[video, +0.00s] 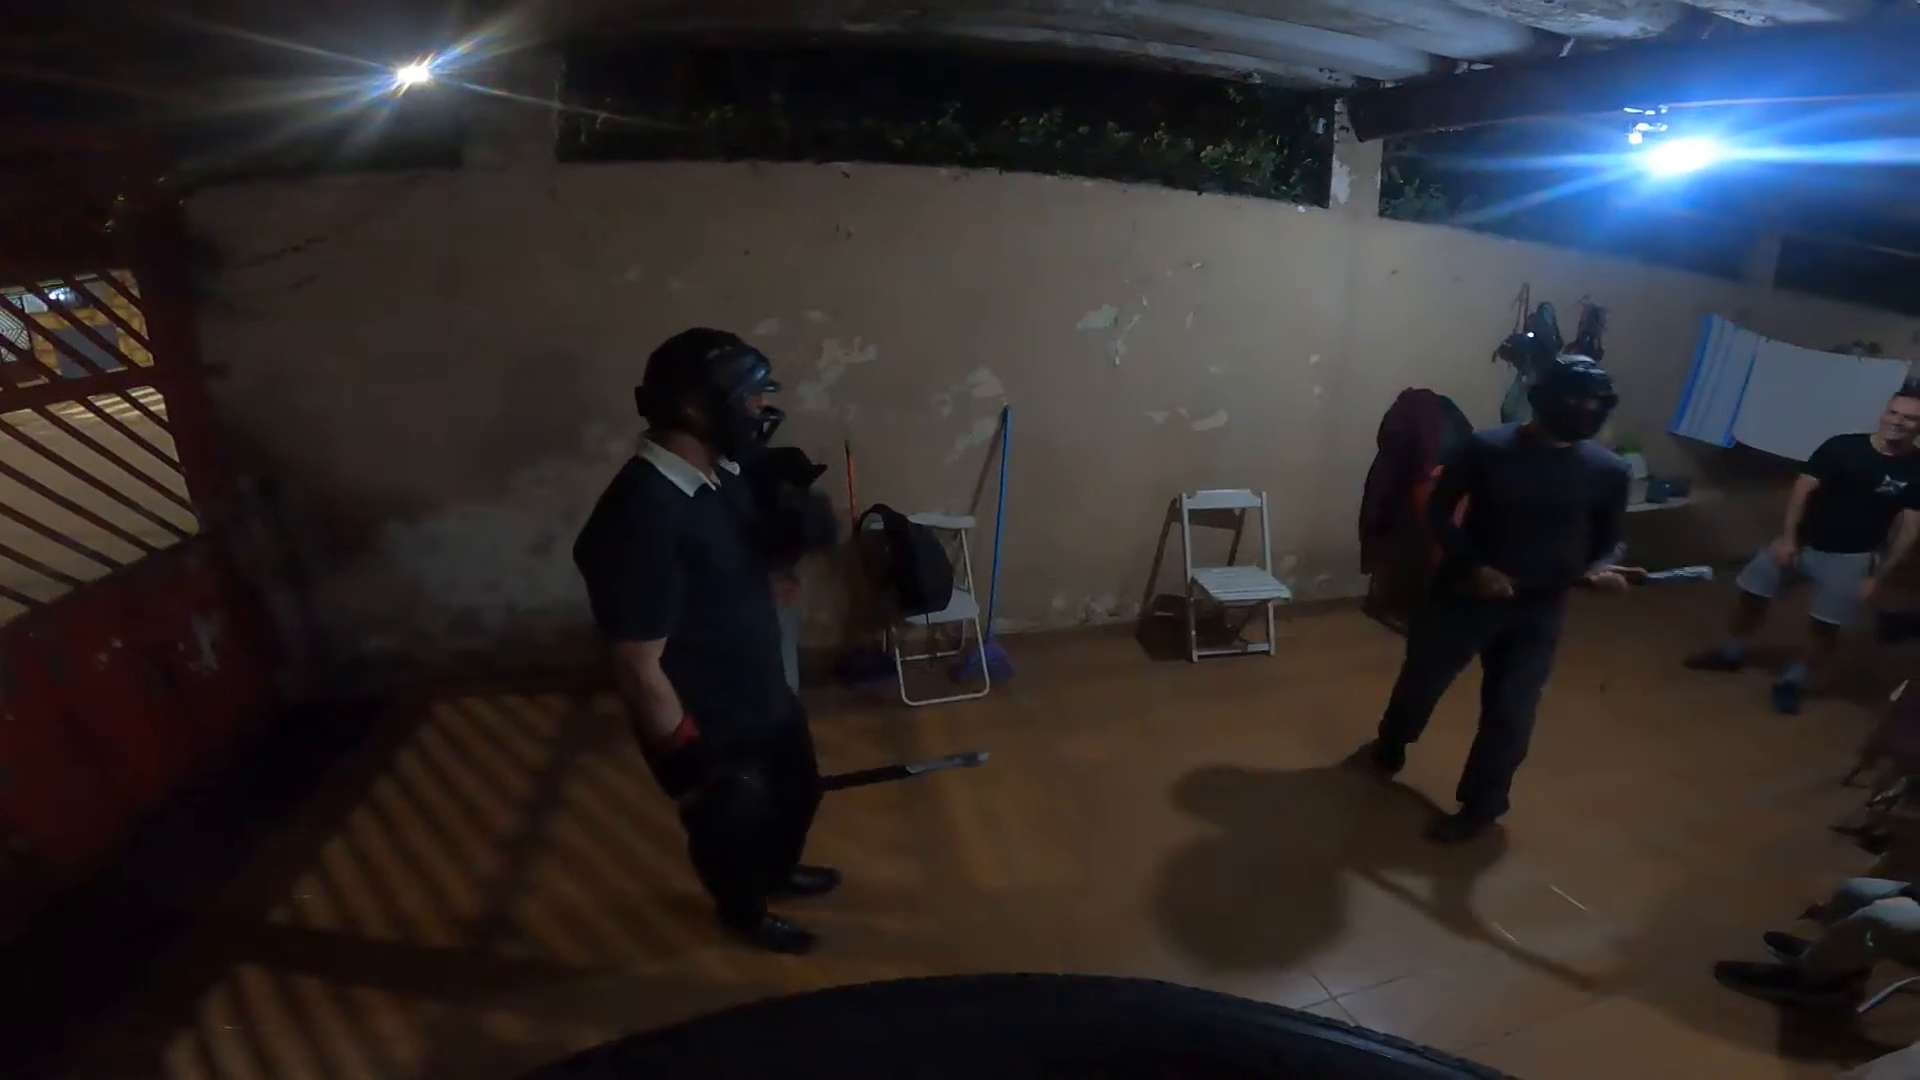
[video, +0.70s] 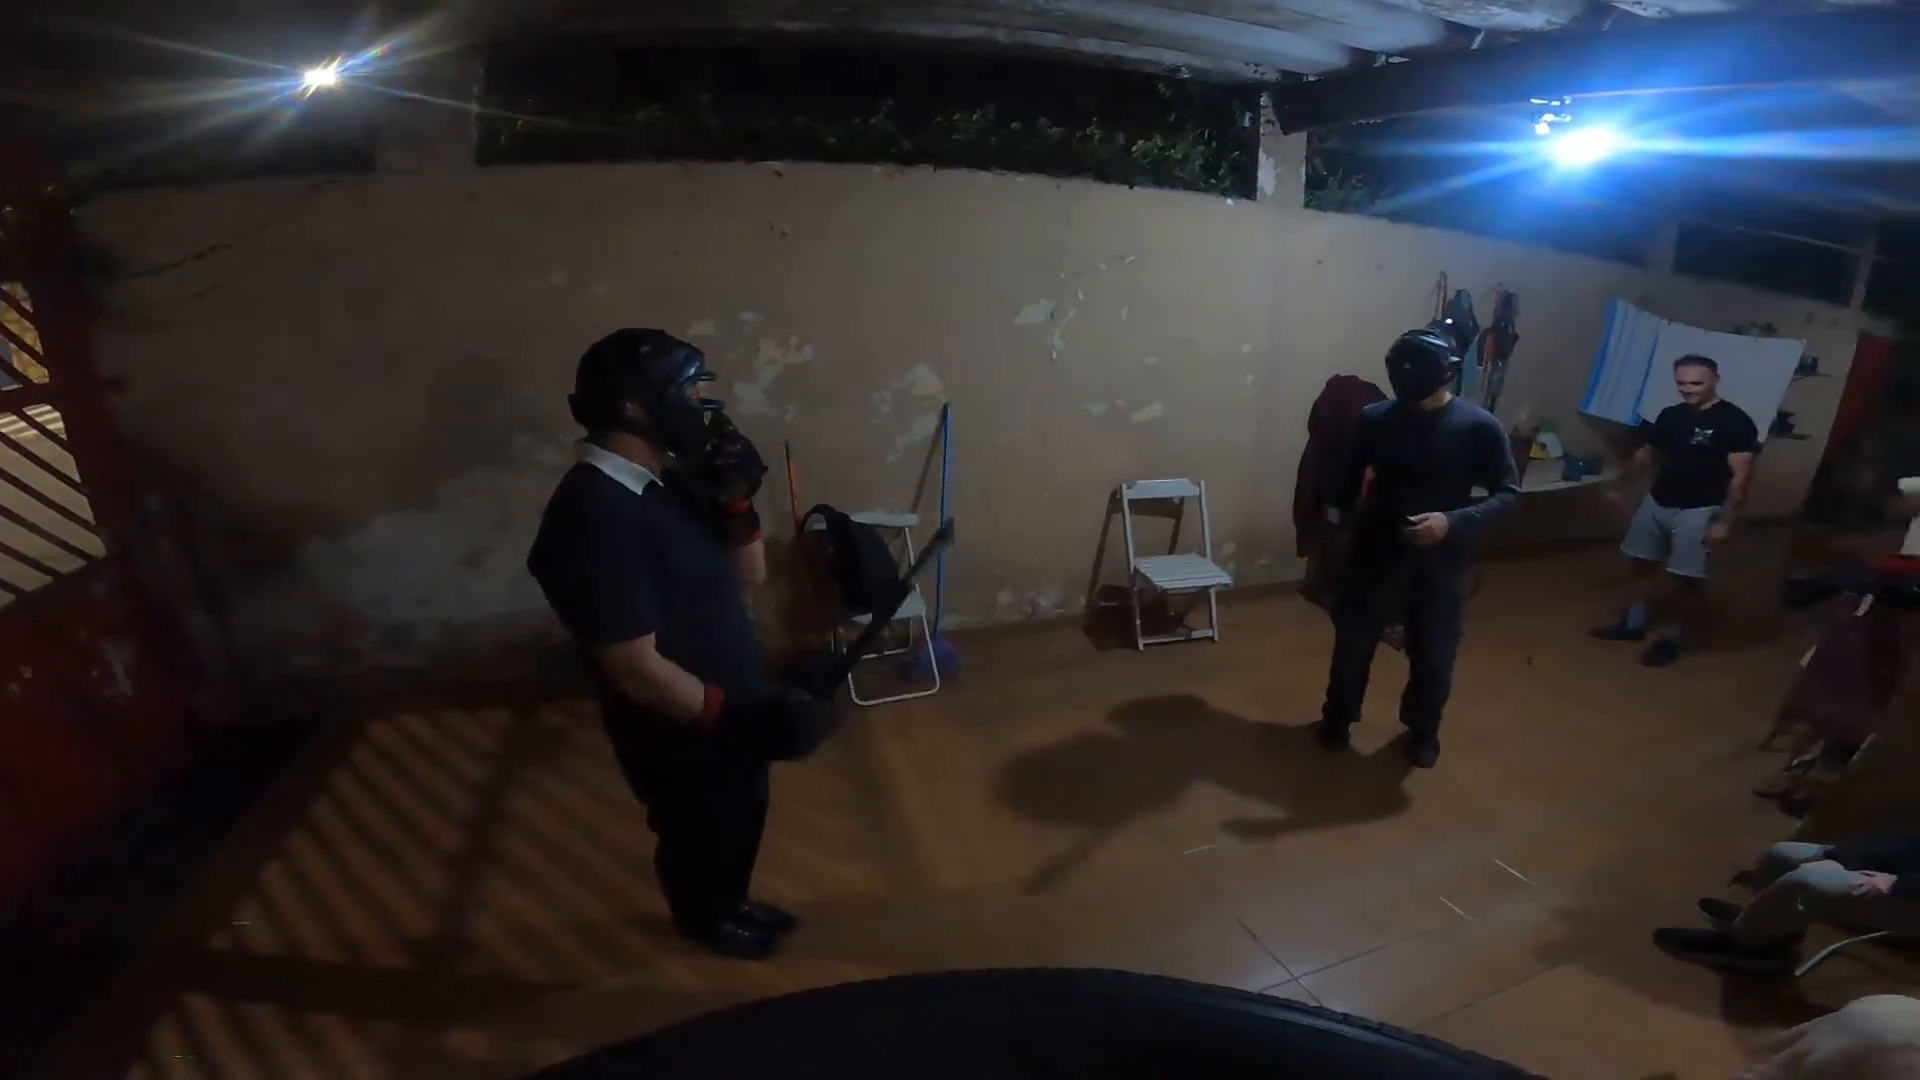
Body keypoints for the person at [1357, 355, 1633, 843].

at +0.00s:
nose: (1591, 412)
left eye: (1598, 403)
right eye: (1580, 401)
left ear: (1604, 409)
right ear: (1548, 399)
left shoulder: (1605, 474)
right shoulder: (1487, 449)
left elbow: (1608, 537)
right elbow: (1437, 513)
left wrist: (1600, 564)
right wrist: (1473, 566)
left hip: (1536, 612)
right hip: (1464, 598)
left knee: (1509, 717)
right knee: (1420, 681)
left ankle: (1479, 810)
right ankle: (1390, 746)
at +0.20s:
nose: (1519, 393)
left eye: (1530, 383)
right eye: (1508, 381)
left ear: (1542, 390)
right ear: (1483, 382)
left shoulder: (1558, 456)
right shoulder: (1442, 439)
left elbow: (1576, 523)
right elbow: (1400, 503)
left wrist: (1546, 549)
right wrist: (1419, 551)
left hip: (1502, 593)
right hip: (1434, 579)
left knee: (1482, 704)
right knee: (1399, 665)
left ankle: (1457, 799)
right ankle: (1379, 739)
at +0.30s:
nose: (1485, 387)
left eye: (1497, 377)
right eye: (1476, 375)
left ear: (1514, 385)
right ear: (1457, 379)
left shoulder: (1540, 449)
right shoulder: (1425, 435)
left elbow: (1560, 518)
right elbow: (1386, 498)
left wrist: (1523, 542)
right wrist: (1404, 546)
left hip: (1488, 580)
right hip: (1423, 569)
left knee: (1472, 697)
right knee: (1391, 659)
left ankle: (1447, 791)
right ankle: (1373, 737)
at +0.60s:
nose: (1423, 404)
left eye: (1429, 395)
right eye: (1418, 395)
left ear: (1449, 386)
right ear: (1409, 388)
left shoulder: (1493, 432)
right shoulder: (1387, 426)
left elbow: (1526, 498)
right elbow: (1361, 489)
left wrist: (1470, 527)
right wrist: (1362, 534)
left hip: (1454, 566)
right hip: (1391, 557)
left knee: (1446, 663)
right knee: (1364, 644)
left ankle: (1437, 746)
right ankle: (1350, 725)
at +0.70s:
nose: (1415, 399)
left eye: (1422, 390)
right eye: (1407, 389)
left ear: (1445, 380)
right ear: (1396, 381)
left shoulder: (1479, 428)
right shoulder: (1376, 422)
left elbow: (1509, 495)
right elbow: (1347, 485)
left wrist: (1453, 521)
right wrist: (1345, 528)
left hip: (1439, 560)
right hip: (1376, 551)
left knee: (1434, 655)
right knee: (1352, 638)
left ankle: (1424, 733)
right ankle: (1337, 718)